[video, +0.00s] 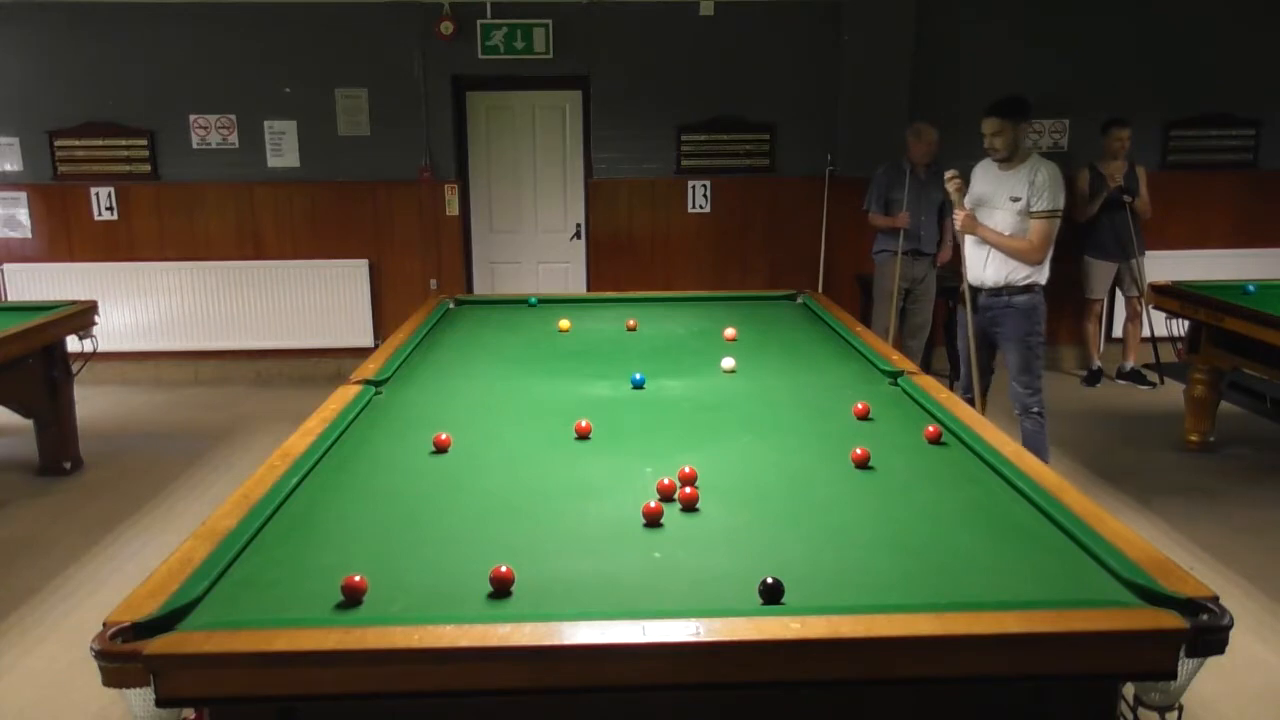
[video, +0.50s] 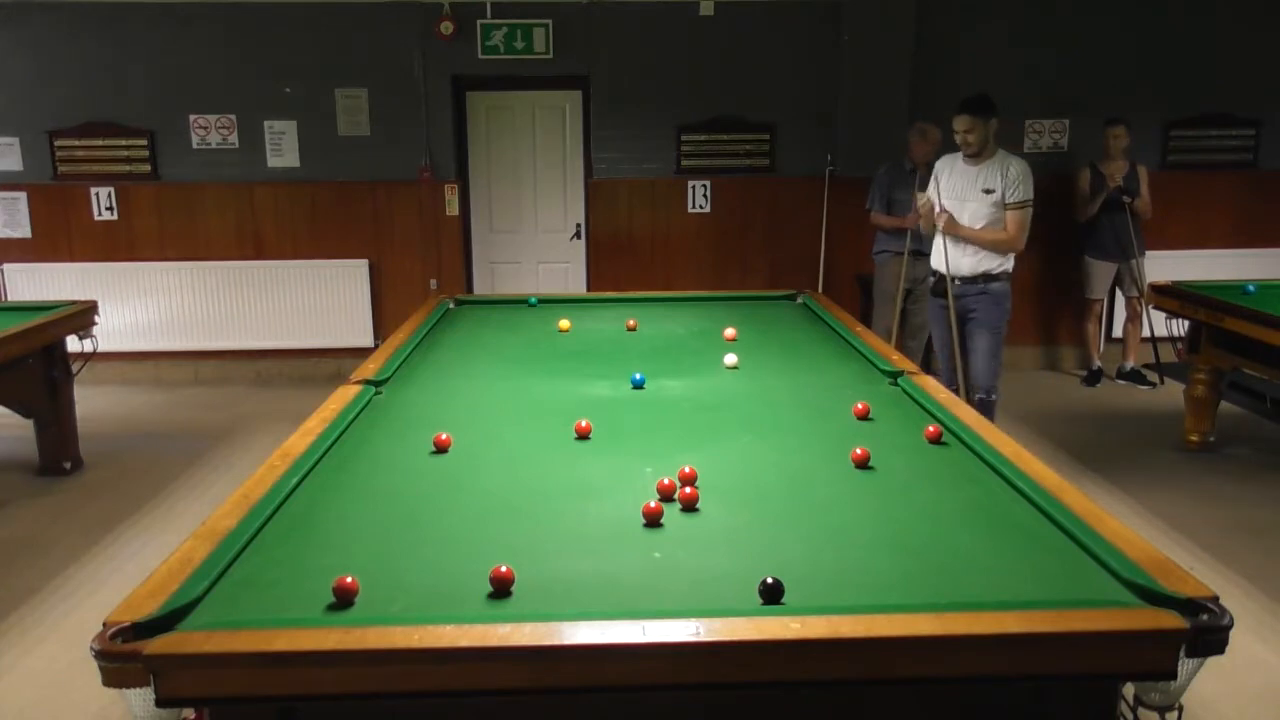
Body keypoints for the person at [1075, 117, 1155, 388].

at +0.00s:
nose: (1124, 145)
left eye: (1127, 140)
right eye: (1118, 140)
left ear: (1130, 142)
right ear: (1104, 141)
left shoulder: (1136, 171)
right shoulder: (1087, 173)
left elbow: (1146, 211)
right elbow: (1080, 214)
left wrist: (1130, 196)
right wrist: (1105, 191)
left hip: (1131, 251)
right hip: (1099, 251)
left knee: (1135, 310)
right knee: (1093, 309)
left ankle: (1128, 366)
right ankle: (1094, 365)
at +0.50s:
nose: (1117, 142)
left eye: (1121, 137)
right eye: (1112, 137)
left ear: (1128, 140)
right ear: (1104, 140)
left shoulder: (1138, 171)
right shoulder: (1089, 172)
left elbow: (1146, 211)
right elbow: (1082, 214)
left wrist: (1130, 196)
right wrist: (1105, 191)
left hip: (1131, 250)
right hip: (1099, 250)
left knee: (1135, 309)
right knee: (1093, 309)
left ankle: (1128, 366)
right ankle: (1094, 365)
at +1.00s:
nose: (1120, 142)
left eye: (1124, 137)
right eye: (1115, 137)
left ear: (1130, 140)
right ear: (1106, 140)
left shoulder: (1138, 170)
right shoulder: (1089, 172)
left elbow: (1146, 211)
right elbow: (1083, 214)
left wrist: (1130, 196)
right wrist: (1106, 191)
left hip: (1132, 250)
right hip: (1099, 250)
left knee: (1136, 309)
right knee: (1094, 310)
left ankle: (1128, 366)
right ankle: (1094, 365)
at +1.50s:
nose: (1124, 145)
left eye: (1128, 140)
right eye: (1119, 139)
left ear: (1133, 142)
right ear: (1107, 140)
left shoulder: (1138, 171)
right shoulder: (1089, 172)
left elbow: (1147, 211)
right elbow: (1083, 215)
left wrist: (1132, 197)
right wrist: (1106, 191)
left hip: (1132, 251)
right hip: (1099, 251)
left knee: (1136, 309)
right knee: (1094, 310)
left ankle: (1128, 366)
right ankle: (1094, 365)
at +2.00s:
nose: (1125, 145)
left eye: (1129, 140)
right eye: (1120, 139)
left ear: (1133, 142)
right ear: (1107, 140)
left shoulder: (1138, 171)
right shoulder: (1089, 173)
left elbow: (1147, 211)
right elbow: (1084, 214)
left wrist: (1131, 197)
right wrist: (1107, 191)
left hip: (1132, 251)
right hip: (1100, 251)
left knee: (1136, 310)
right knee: (1094, 310)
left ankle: (1128, 366)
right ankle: (1094, 365)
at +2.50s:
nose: (1125, 145)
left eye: (1129, 140)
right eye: (1120, 139)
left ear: (1132, 142)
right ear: (1107, 140)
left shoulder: (1137, 171)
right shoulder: (1089, 172)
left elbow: (1147, 211)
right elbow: (1083, 214)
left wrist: (1131, 197)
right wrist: (1106, 191)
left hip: (1132, 250)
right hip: (1100, 250)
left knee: (1136, 309)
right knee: (1094, 309)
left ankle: (1128, 366)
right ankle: (1094, 365)